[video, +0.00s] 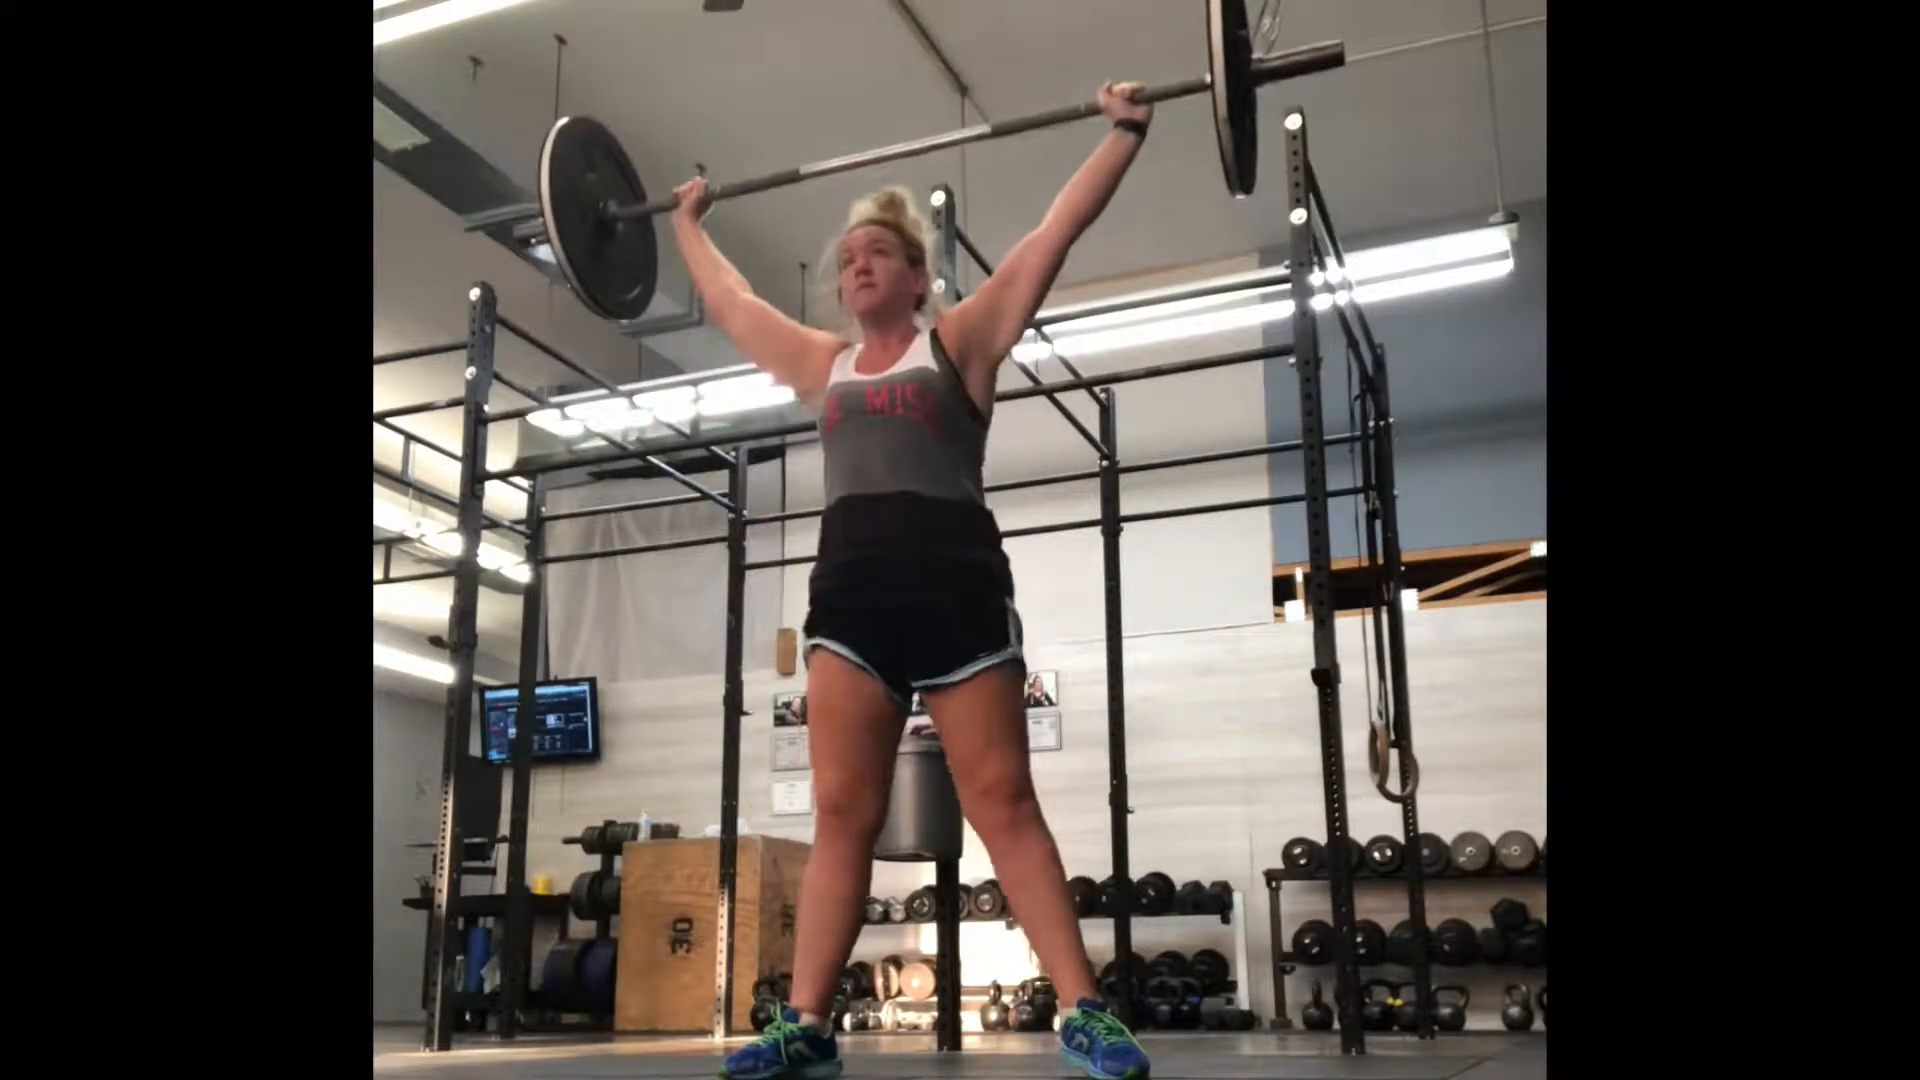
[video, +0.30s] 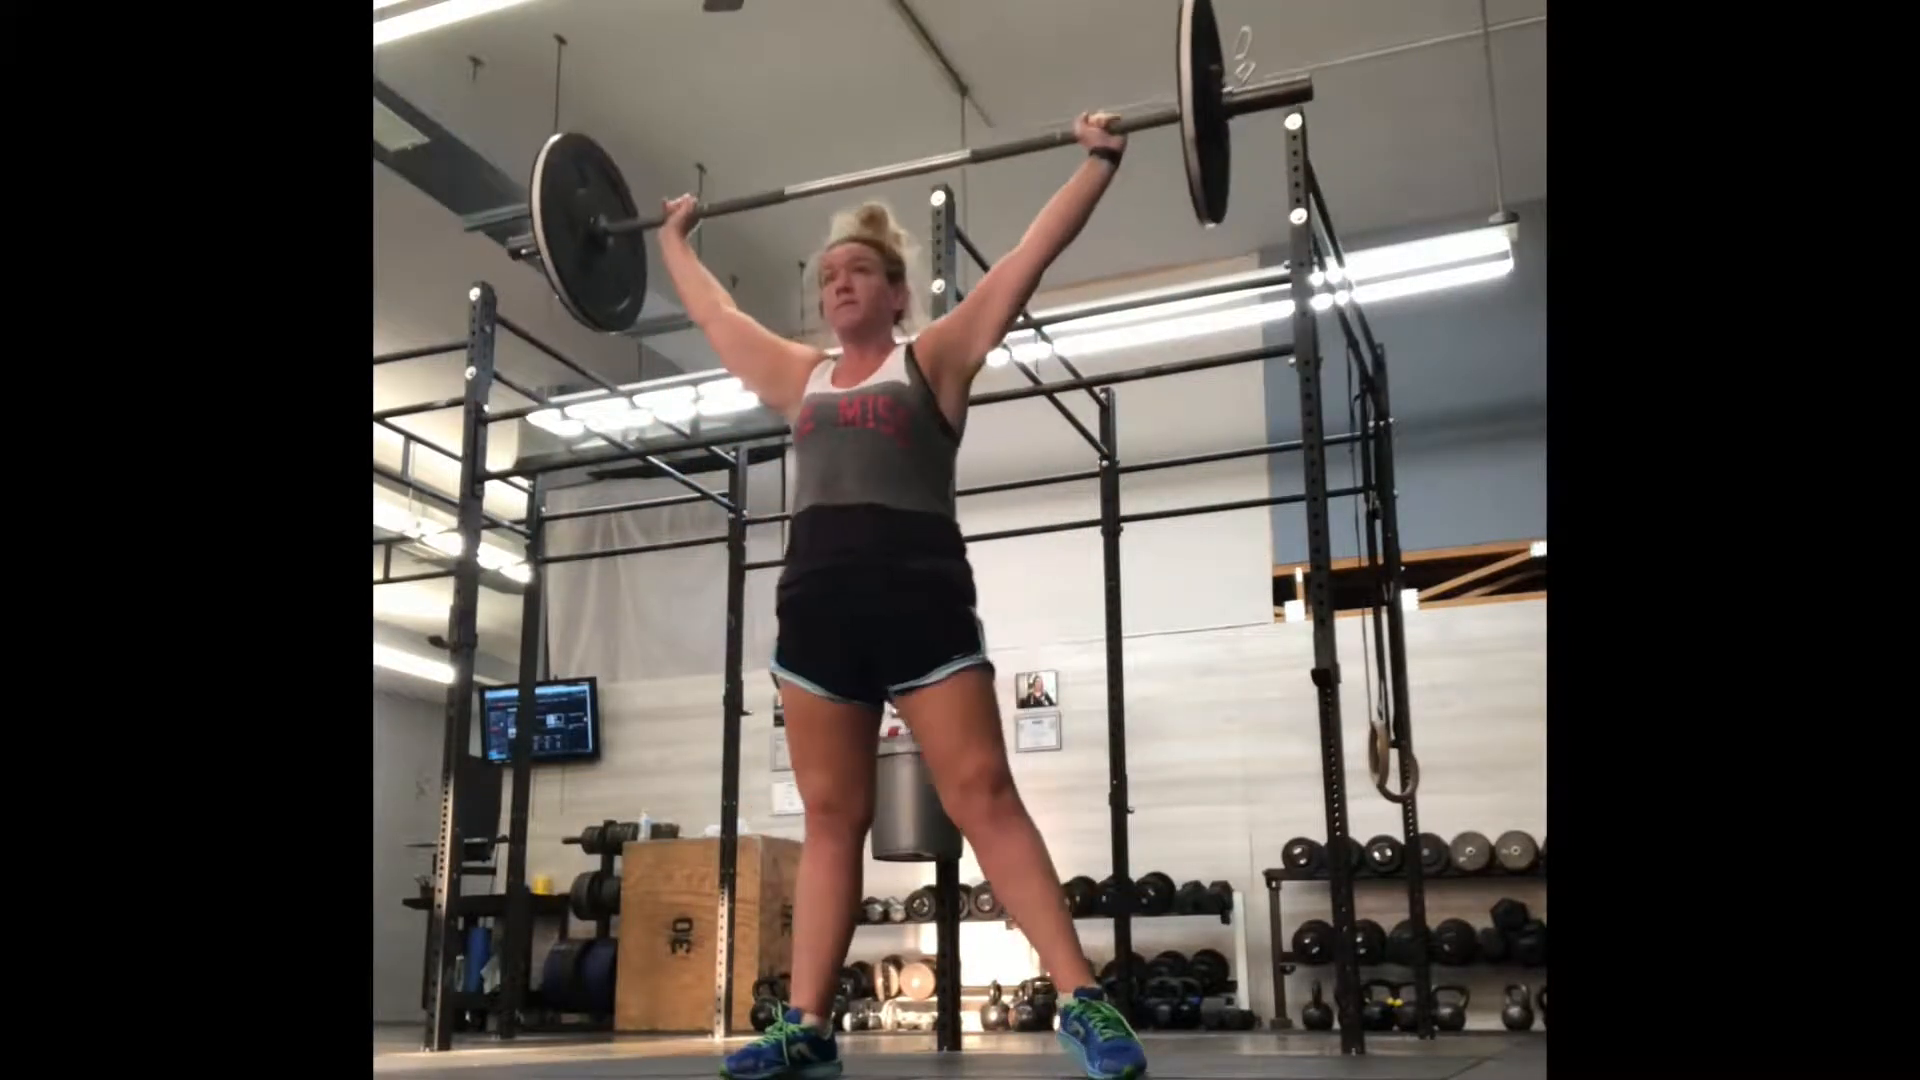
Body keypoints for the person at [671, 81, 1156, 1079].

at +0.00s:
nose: (859, 264)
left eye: (876, 252)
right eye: (849, 257)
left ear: (917, 269)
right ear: (838, 280)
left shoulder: (963, 336)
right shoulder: (824, 364)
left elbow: (1054, 233)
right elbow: (731, 303)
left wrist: (1124, 133)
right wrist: (685, 221)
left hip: (957, 595)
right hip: (847, 603)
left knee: (1003, 804)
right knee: (839, 812)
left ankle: (1080, 1007)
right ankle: (806, 1025)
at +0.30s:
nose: (841, 285)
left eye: (857, 273)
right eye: (829, 276)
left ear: (896, 288)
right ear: (818, 294)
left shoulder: (936, 356)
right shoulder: (800, 374)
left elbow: (1025, 261)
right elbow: (716, 315)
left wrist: (1098, 163)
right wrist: (671, 236)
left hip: (924, 602)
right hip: (817, 613)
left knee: (986, 795)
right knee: (828, 818)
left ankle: (1079, 993)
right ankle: (806, 1025)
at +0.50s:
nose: (821, 596)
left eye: (841, 581)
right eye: (813, 583)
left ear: (886, 601)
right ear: (806, 600)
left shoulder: (940, 672)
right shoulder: (811, 694)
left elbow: (1034, 794)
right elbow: (756, 812)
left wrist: (1118, 899)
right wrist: (680, 917)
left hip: (974, 819)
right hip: (887, 827)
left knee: (1016, 844)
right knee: (780, 850)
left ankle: (1036, 1020)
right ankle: (844, 1024)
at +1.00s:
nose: (823, 503)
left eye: (841, 486)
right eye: (814, 488)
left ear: (888, 497)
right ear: (805, 497)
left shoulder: (945, 566)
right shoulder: (817, 593)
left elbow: (1052, 669)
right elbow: (755, 698)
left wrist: (1116, 783)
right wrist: (696, 799)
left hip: (1000, 703)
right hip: (904, 715)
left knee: (1011, 828)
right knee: (842, 838)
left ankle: (1040, 1019)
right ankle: (843, 1024)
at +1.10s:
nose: (833, 442)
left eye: (851, 426)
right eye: (825, 429)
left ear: (892, 438)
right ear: (818, 447)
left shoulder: (949, 518)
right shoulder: (819, 542)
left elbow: (1063, 603)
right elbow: (749, 633)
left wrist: (1111, 716)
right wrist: (696, 735)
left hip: (995, 682)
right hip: (898, 694)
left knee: (1016, 819)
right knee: (837, 832)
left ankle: (1041, 1016)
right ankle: (843, 1023)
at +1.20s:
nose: (860, 372)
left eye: (876, 358)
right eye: (859, 358)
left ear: (921, 369)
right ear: (855, 375)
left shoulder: (965, 454)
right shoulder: (840, 477)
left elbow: (1084, 499)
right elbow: (744, 545)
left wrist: (1101, 600)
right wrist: (688, 627)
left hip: (986, 674)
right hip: (886, 680)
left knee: (1002, 825)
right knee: (826, 831)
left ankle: (1039, 1013)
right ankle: (840, 1020)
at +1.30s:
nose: (890, 303)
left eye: (908, 291)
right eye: (886, 294)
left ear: (950, 309)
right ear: (883, 317)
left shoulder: (987, 381)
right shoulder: (859, 408)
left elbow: (1095, 403)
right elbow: (773, 456)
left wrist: (1097, 454)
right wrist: (696, 488)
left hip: (974, 611)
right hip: (876, 617)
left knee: (999, 796)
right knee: (846, 800)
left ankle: (1042, 998)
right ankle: (826, 997)